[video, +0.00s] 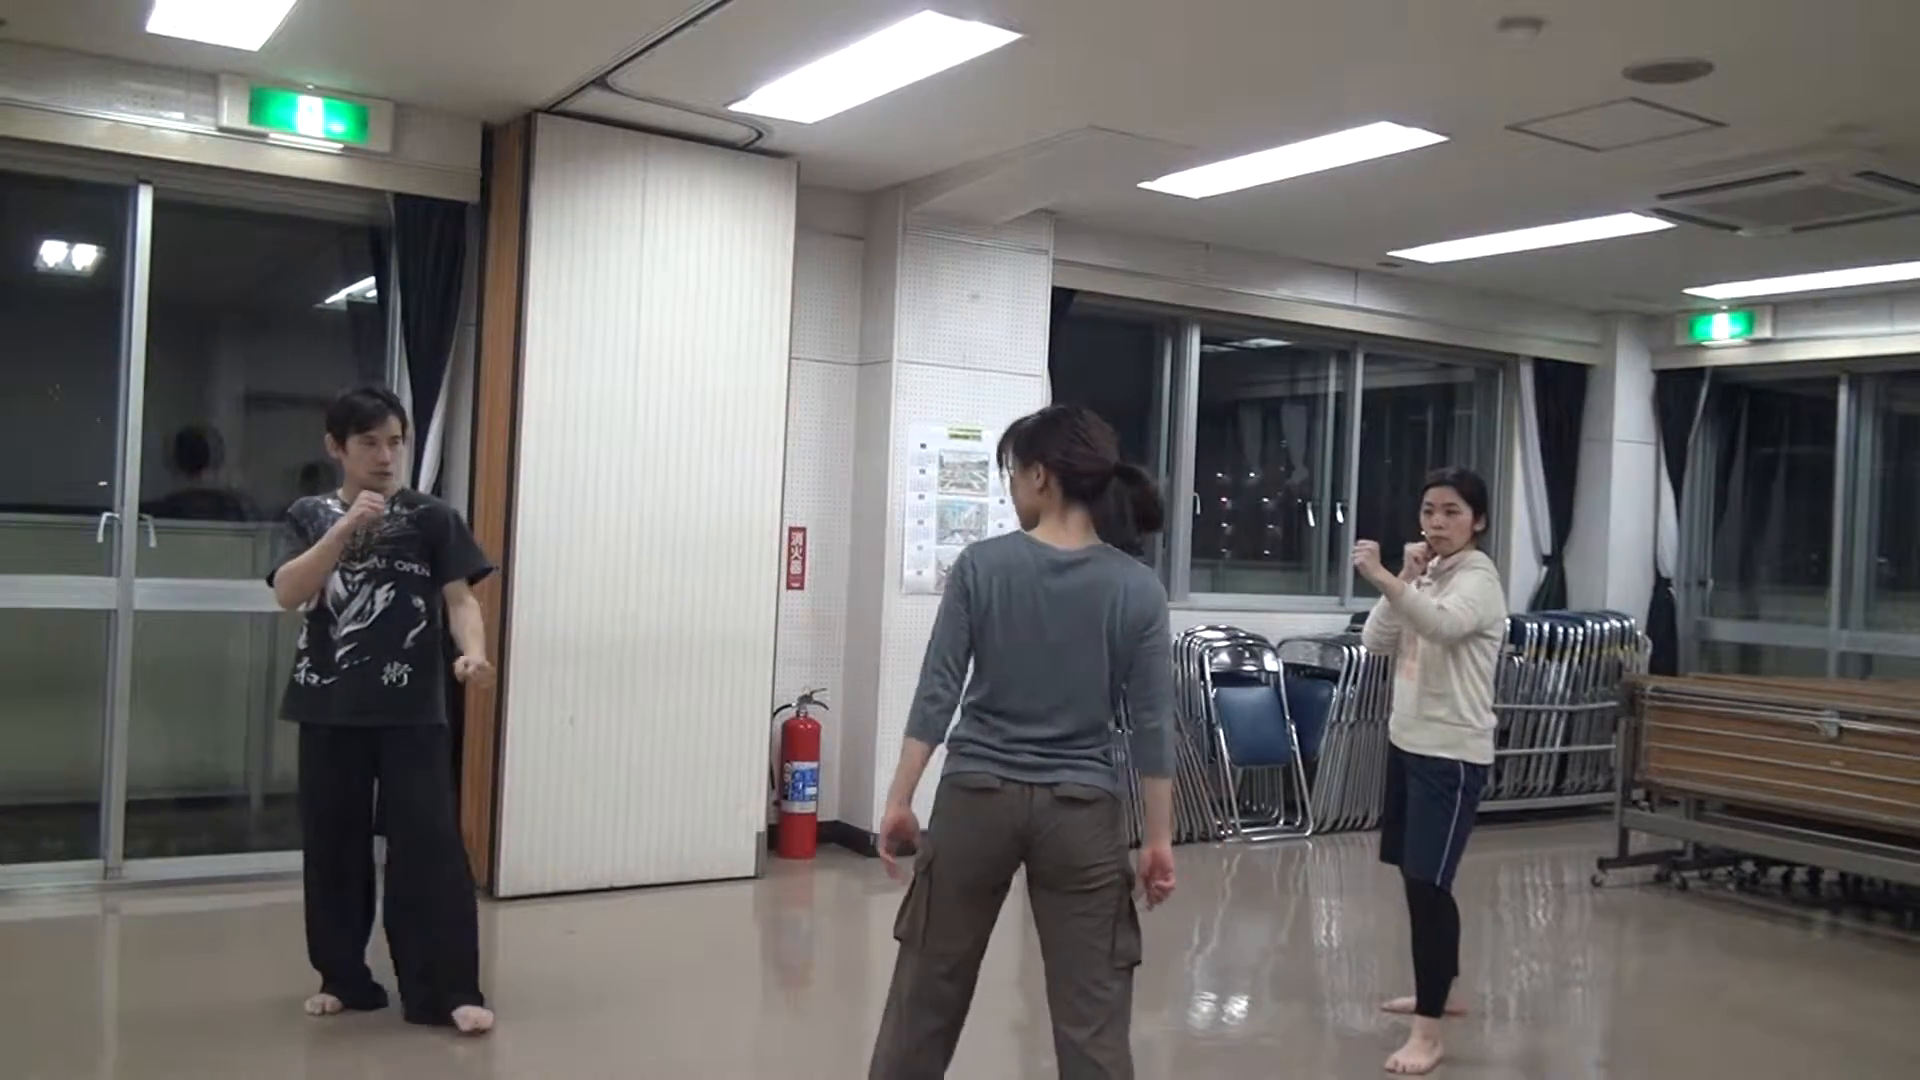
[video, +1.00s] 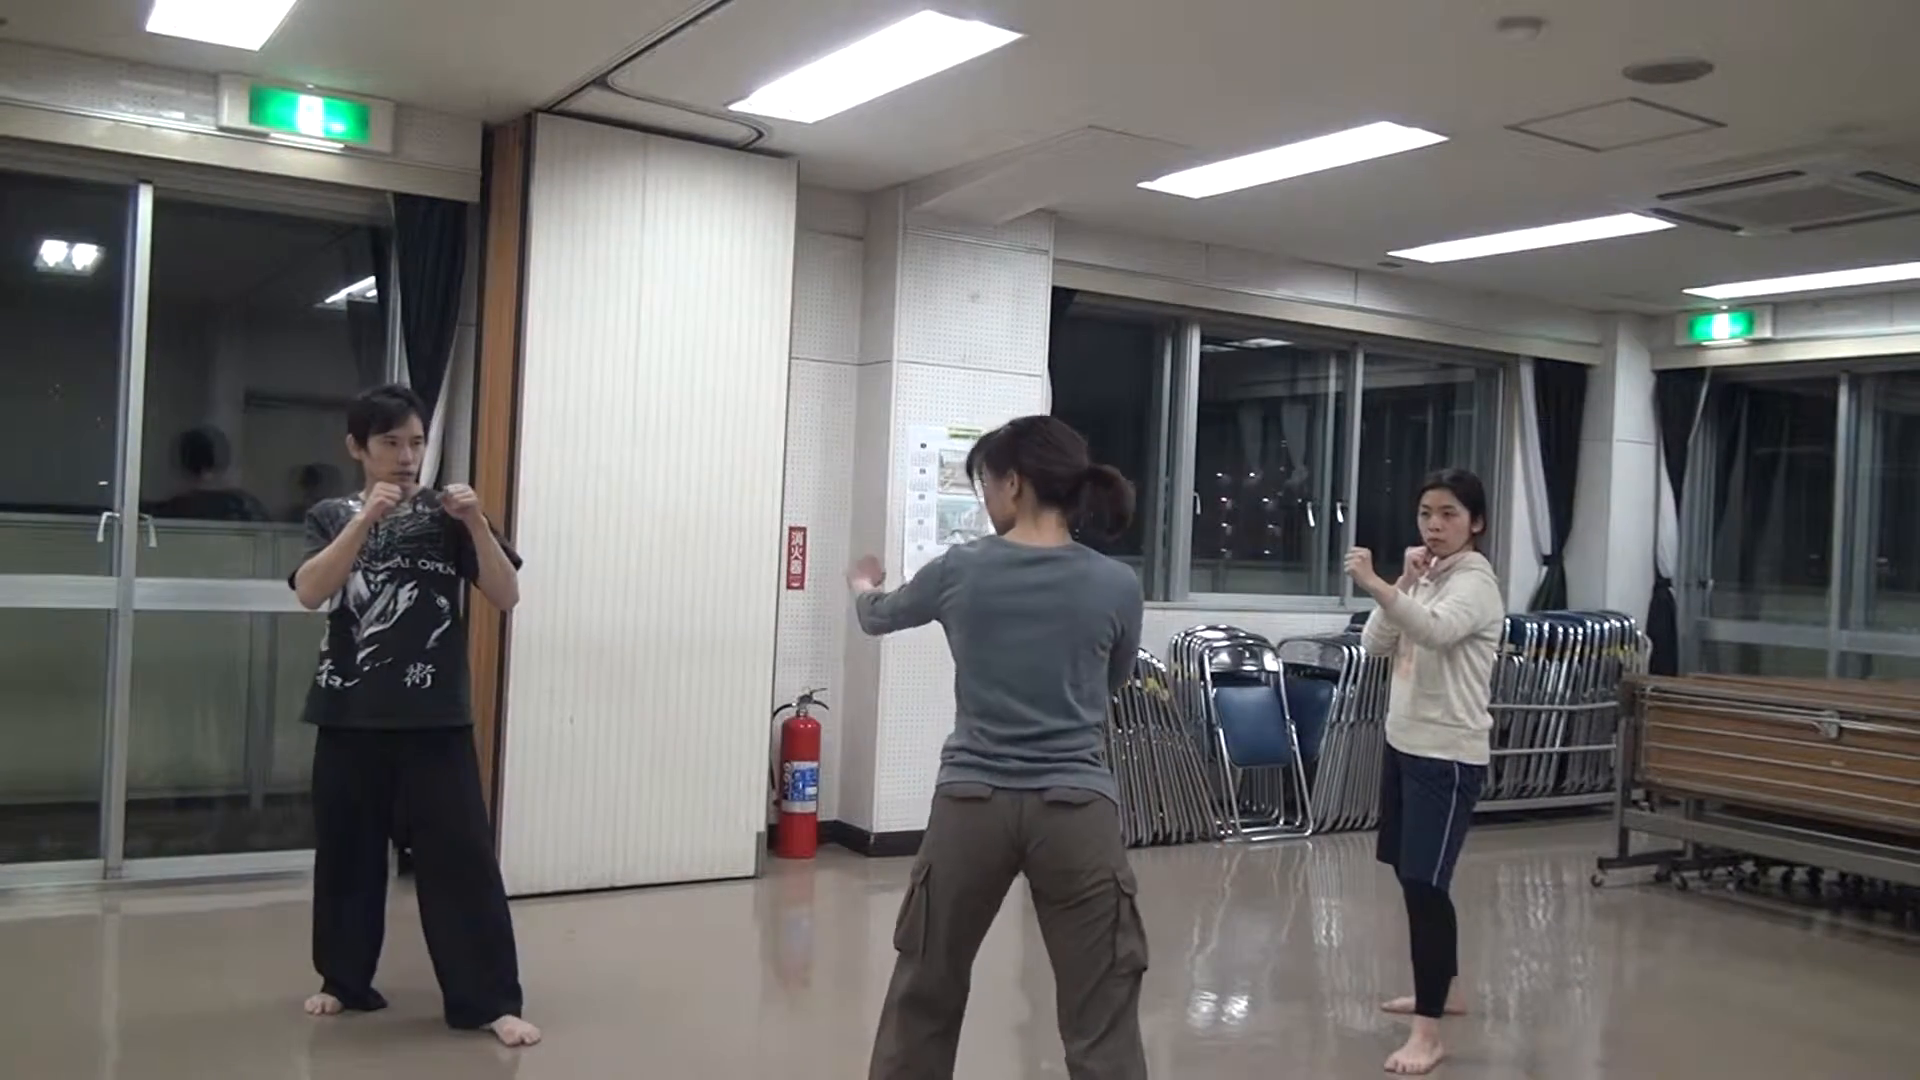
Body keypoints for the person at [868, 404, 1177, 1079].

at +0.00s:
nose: (1010, 490)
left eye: (1014, 475)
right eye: (1010, 476)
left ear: (1043, 477)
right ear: (1095, 481)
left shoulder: (981, 565)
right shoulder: (1138, 587)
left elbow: (938, 687)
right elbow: (1152, 721)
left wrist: (898, 800)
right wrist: (1159, 837)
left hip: (978, 803)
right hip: (1085, 813)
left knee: (928, 990)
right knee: (1093, 1013)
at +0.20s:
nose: (991, 490)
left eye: (994, 475)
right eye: (991, 476)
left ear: (1022, 477)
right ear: (1075, 481)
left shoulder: (964, 567)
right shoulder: (1121, 584)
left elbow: (904, 687)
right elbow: (1137, 715)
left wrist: (853, 775)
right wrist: (1149, 828)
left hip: (966, 803)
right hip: (1076, 812)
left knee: (923, 996)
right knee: (1086, 1013)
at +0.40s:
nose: (977, 493)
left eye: (979, 478)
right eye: (976, 478)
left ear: (1008, 479)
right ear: (1064, 483)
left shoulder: (957, 567)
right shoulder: (1108, 581)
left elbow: (883, 671)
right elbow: (1131, 705)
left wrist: (826, 734)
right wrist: (1150, 795)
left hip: (969, 808)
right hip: (1075, 812)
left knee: (924, 996)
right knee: (1087, 1009)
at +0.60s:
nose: (974, 492)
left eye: (976, 476)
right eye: (973, 478)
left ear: (1002, 478)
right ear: (1056, 481)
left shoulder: (949, 563)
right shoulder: (1106, 578)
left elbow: (875, 642)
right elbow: (1099, 681)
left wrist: (824, 680)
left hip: (957, 806)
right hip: (1065, 808)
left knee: (919, 993)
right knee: (1086, 1008)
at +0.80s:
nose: (977, 497)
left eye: (979, 482)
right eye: (976, 483)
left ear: (1003, 483)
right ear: (1066, 485)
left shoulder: (952, 564)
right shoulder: (1108, 579)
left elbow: (885, 607)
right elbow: (1094, 659)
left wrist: (848, 618)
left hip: (955, 805)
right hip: (1062, 810)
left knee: (919, 992)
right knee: (1093, 1002)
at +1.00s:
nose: (984, 498)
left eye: (988, 484)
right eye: (983, 484)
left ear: (1017, 485)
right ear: (1072, 489)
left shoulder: (962, 568)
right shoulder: (1118, 583)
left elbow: (881, 615)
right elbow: (1116, 674)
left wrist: (864, 587)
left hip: (970, 811)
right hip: (1078, 813)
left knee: (925, 994)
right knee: (1100, 1012)